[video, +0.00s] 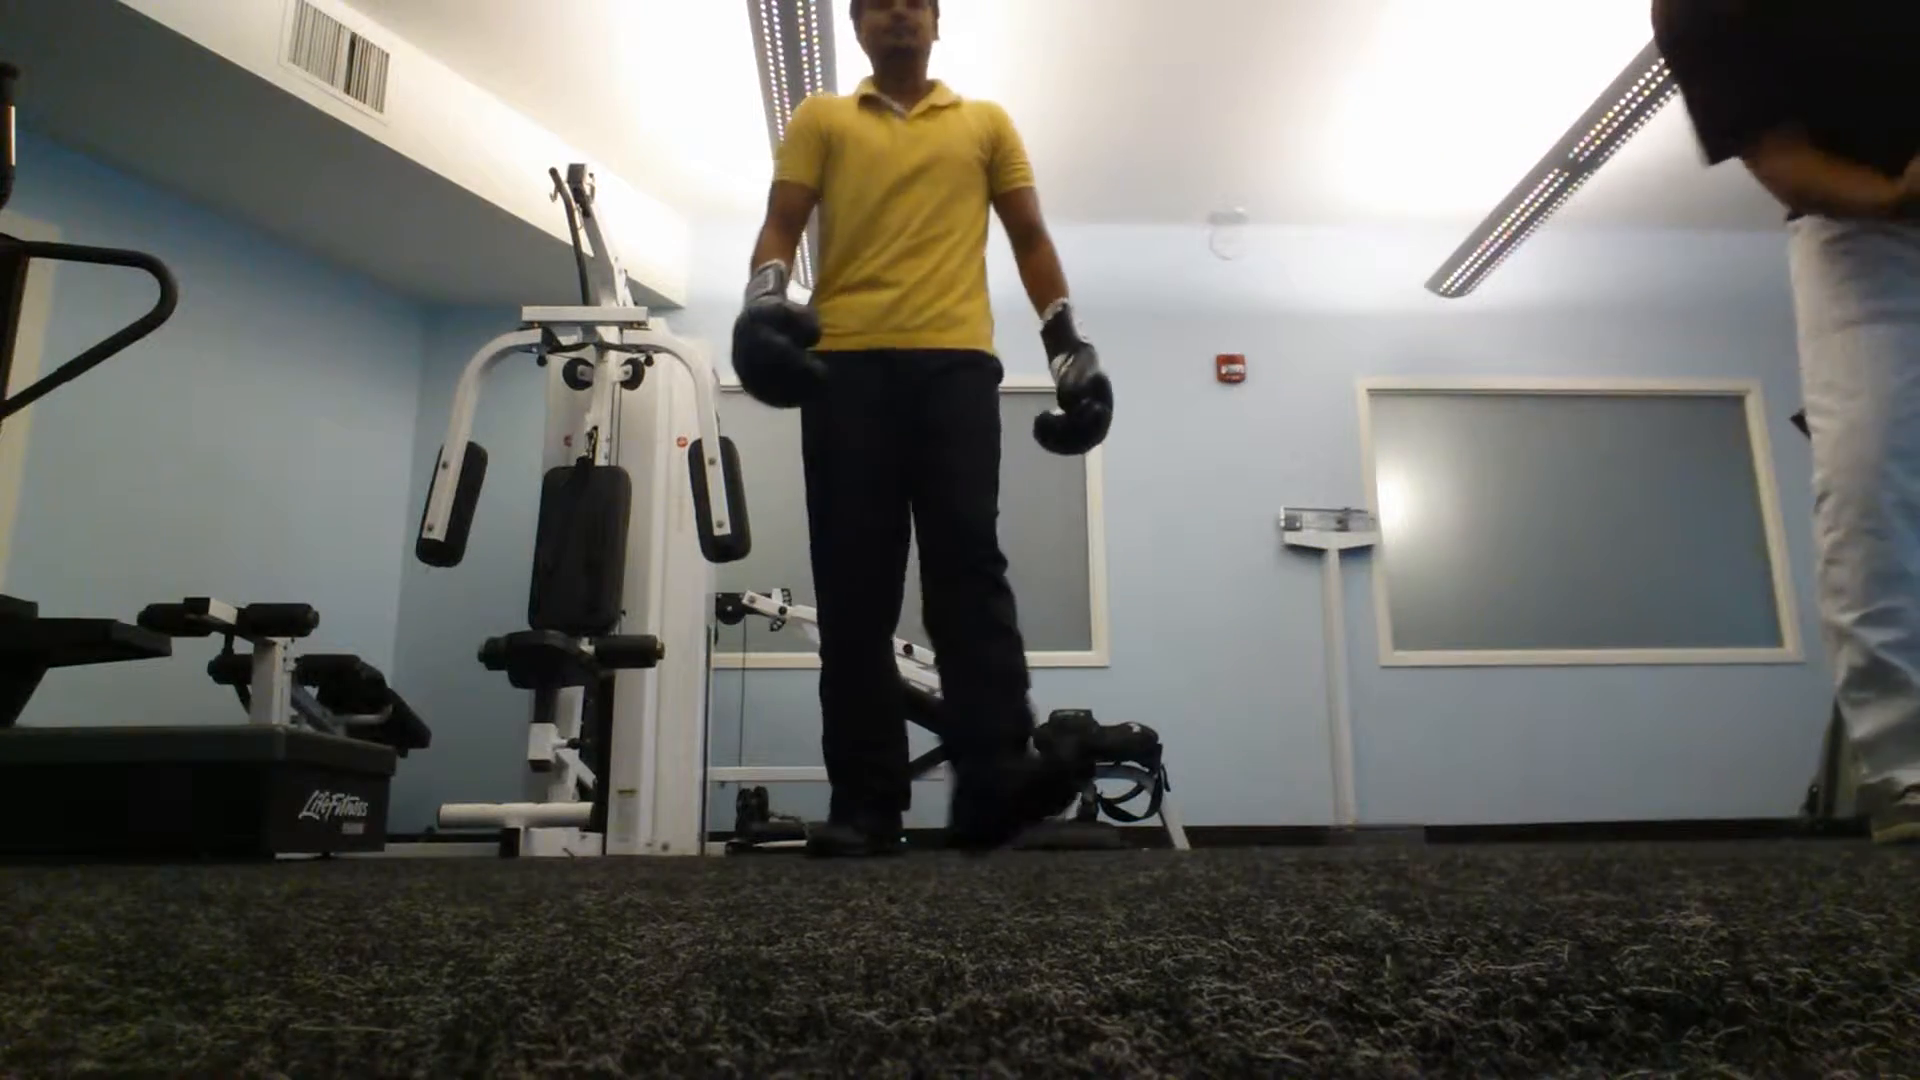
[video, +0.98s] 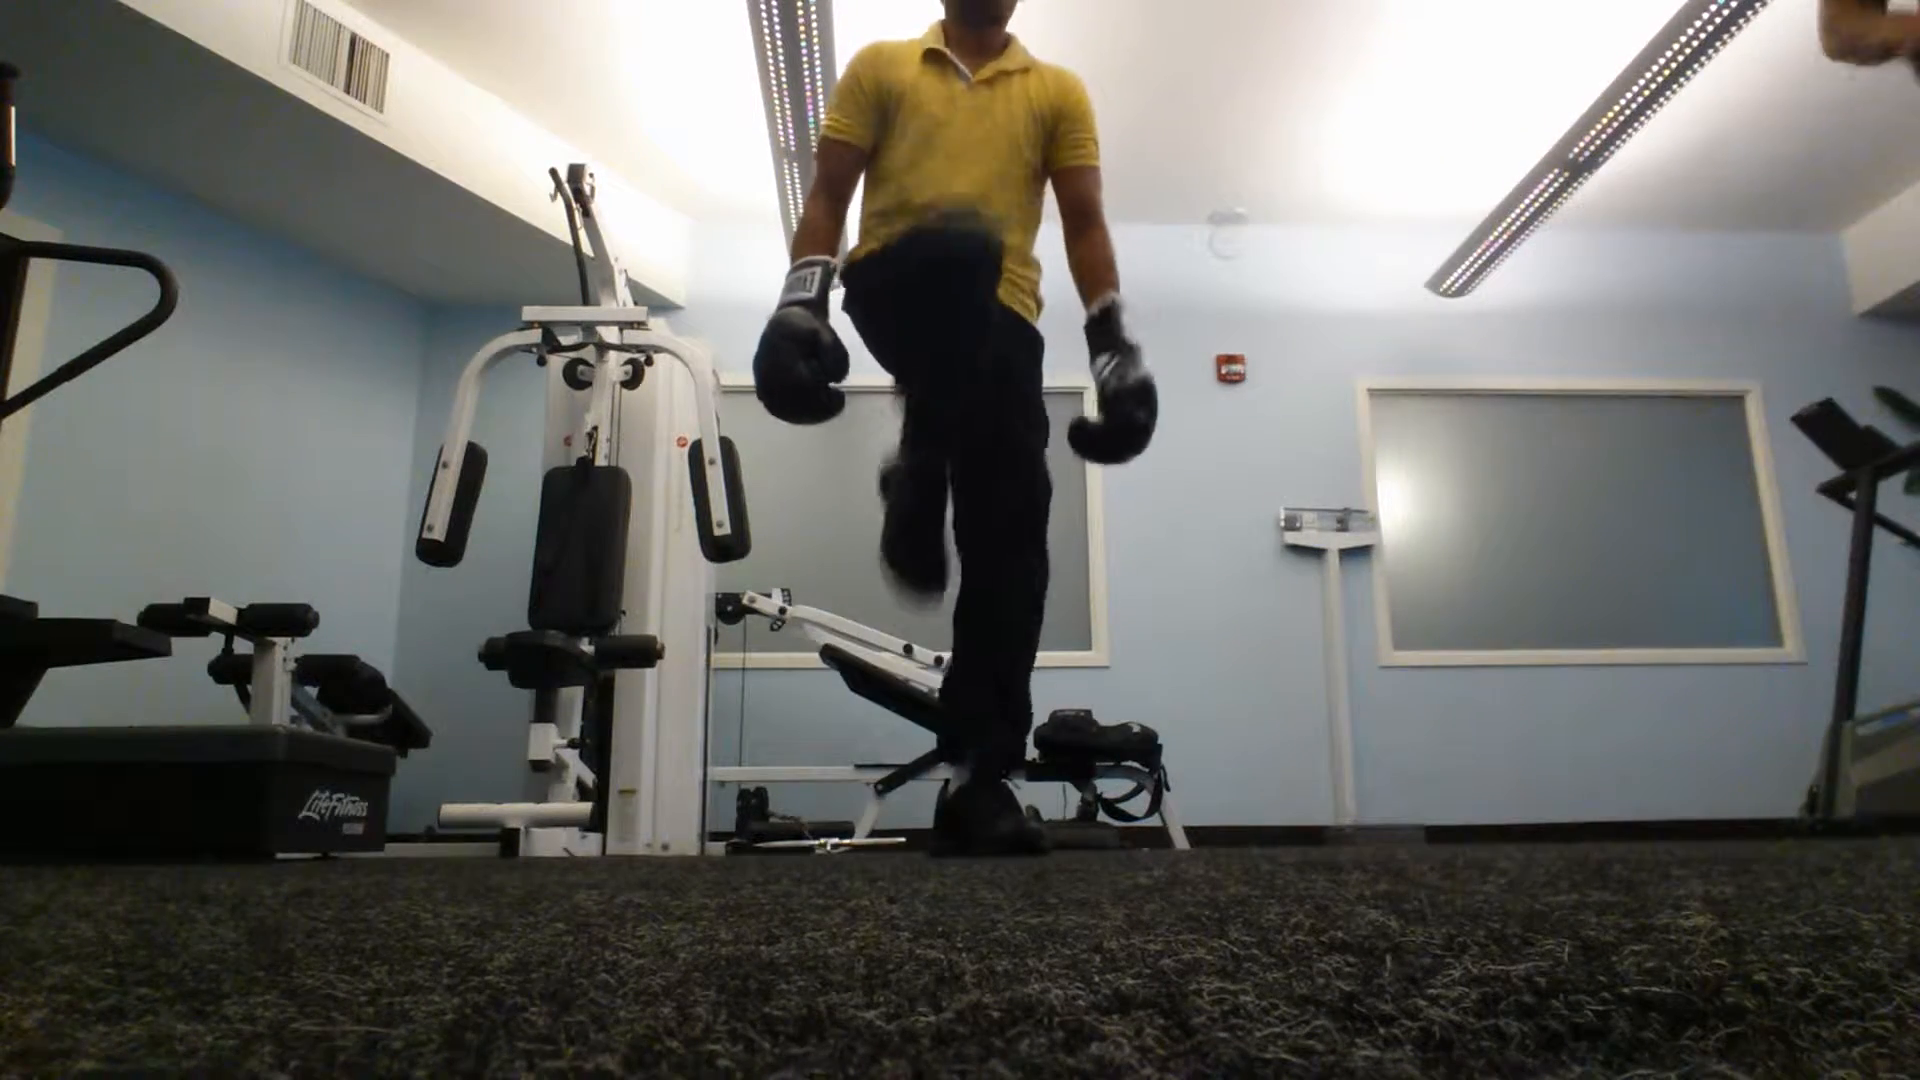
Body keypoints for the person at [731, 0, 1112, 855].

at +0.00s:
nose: (899, 15)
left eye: (914, 3)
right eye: (882, 4)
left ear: (935, 18)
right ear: (857, 20)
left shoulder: (983, 123)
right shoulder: (821, 118)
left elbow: (1030, 237)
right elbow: (783, 223)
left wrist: (1066, 342)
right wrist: (764, 299)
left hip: (957, 369)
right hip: (846, 371)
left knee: (969, 572)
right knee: (854, 593)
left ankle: (993, 790)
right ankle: (864, 807)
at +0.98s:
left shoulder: (1055, 89)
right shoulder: (881, 67)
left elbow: (1085, 220)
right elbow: (829, 192)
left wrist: (1111, 341)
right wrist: (800, 299)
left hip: (999, 322)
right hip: (892, 298)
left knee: (1009, 540)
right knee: (961, 246)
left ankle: (981, 782)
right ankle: (917, 484)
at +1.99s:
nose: (948, 122)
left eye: (963, 113)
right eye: (935, 111)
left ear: (981, 134)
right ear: (911, 128)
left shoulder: (1014, 212)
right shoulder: (872, 218)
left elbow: (1046, 302)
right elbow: (840, 321)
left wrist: (1036, 378)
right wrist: (804, 417)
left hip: (989, 431)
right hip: (895, 431)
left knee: (984, 618)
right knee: (882, 613)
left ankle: (973, 809)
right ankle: (890, 805)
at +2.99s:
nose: (883, 196)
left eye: (895, 187)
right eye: (870, 186)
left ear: (912, 201)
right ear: (849, 199)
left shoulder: (943, 280)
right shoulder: (824, 274)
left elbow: (968, 373)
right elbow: (799, 360)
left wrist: (975, 445)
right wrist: (792, 440)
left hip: (929, 481)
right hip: (849, 481)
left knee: (943, 647)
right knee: (851, 654)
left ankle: (961, 807)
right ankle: (851, 815)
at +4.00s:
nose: (966, 257)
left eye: (970, 249)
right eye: (954, 247)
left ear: (971, 260)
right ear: (920, 254)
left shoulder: (980, 340)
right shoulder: (897, 316)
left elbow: (992, 430)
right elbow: (868, 401)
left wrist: (1022, 514)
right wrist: (881, 484)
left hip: (965, 504)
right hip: (919, 495)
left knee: (953, 652)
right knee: (939, 649)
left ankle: (924, 810)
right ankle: (913, 812)